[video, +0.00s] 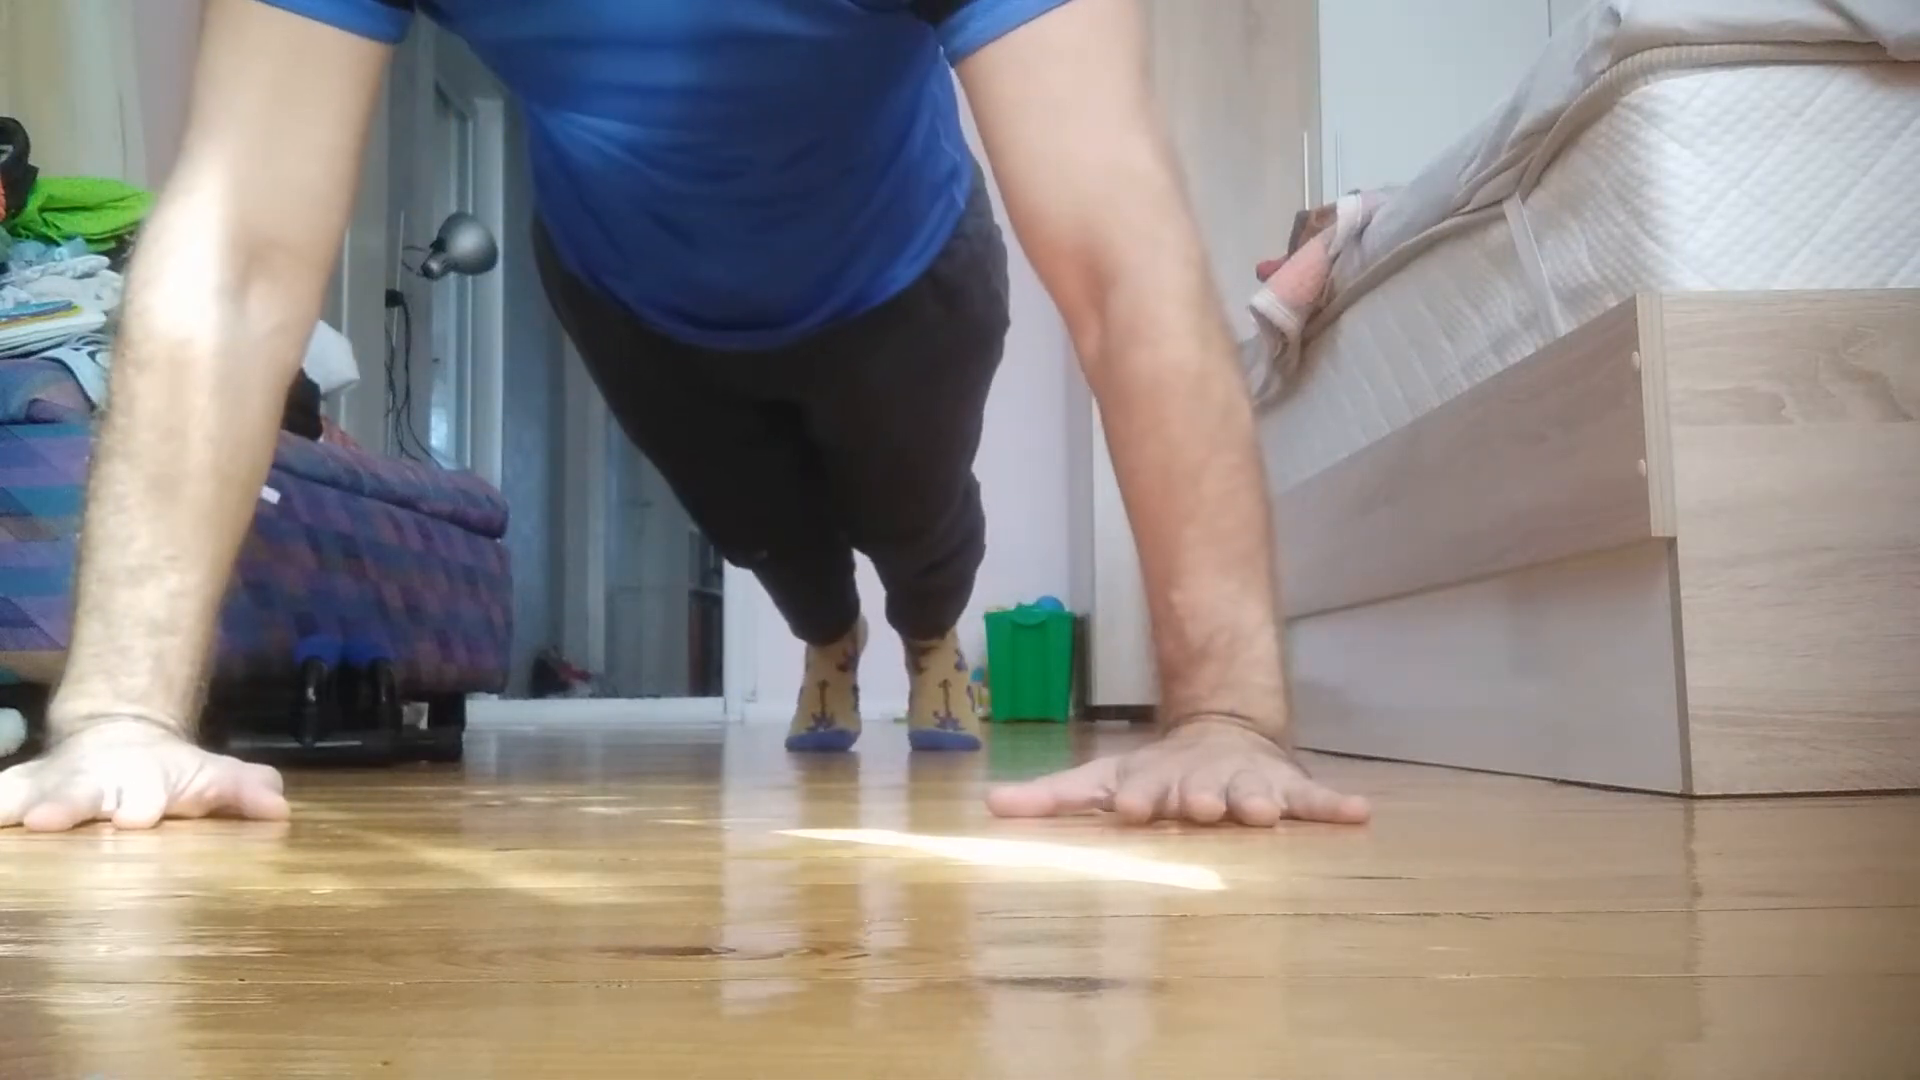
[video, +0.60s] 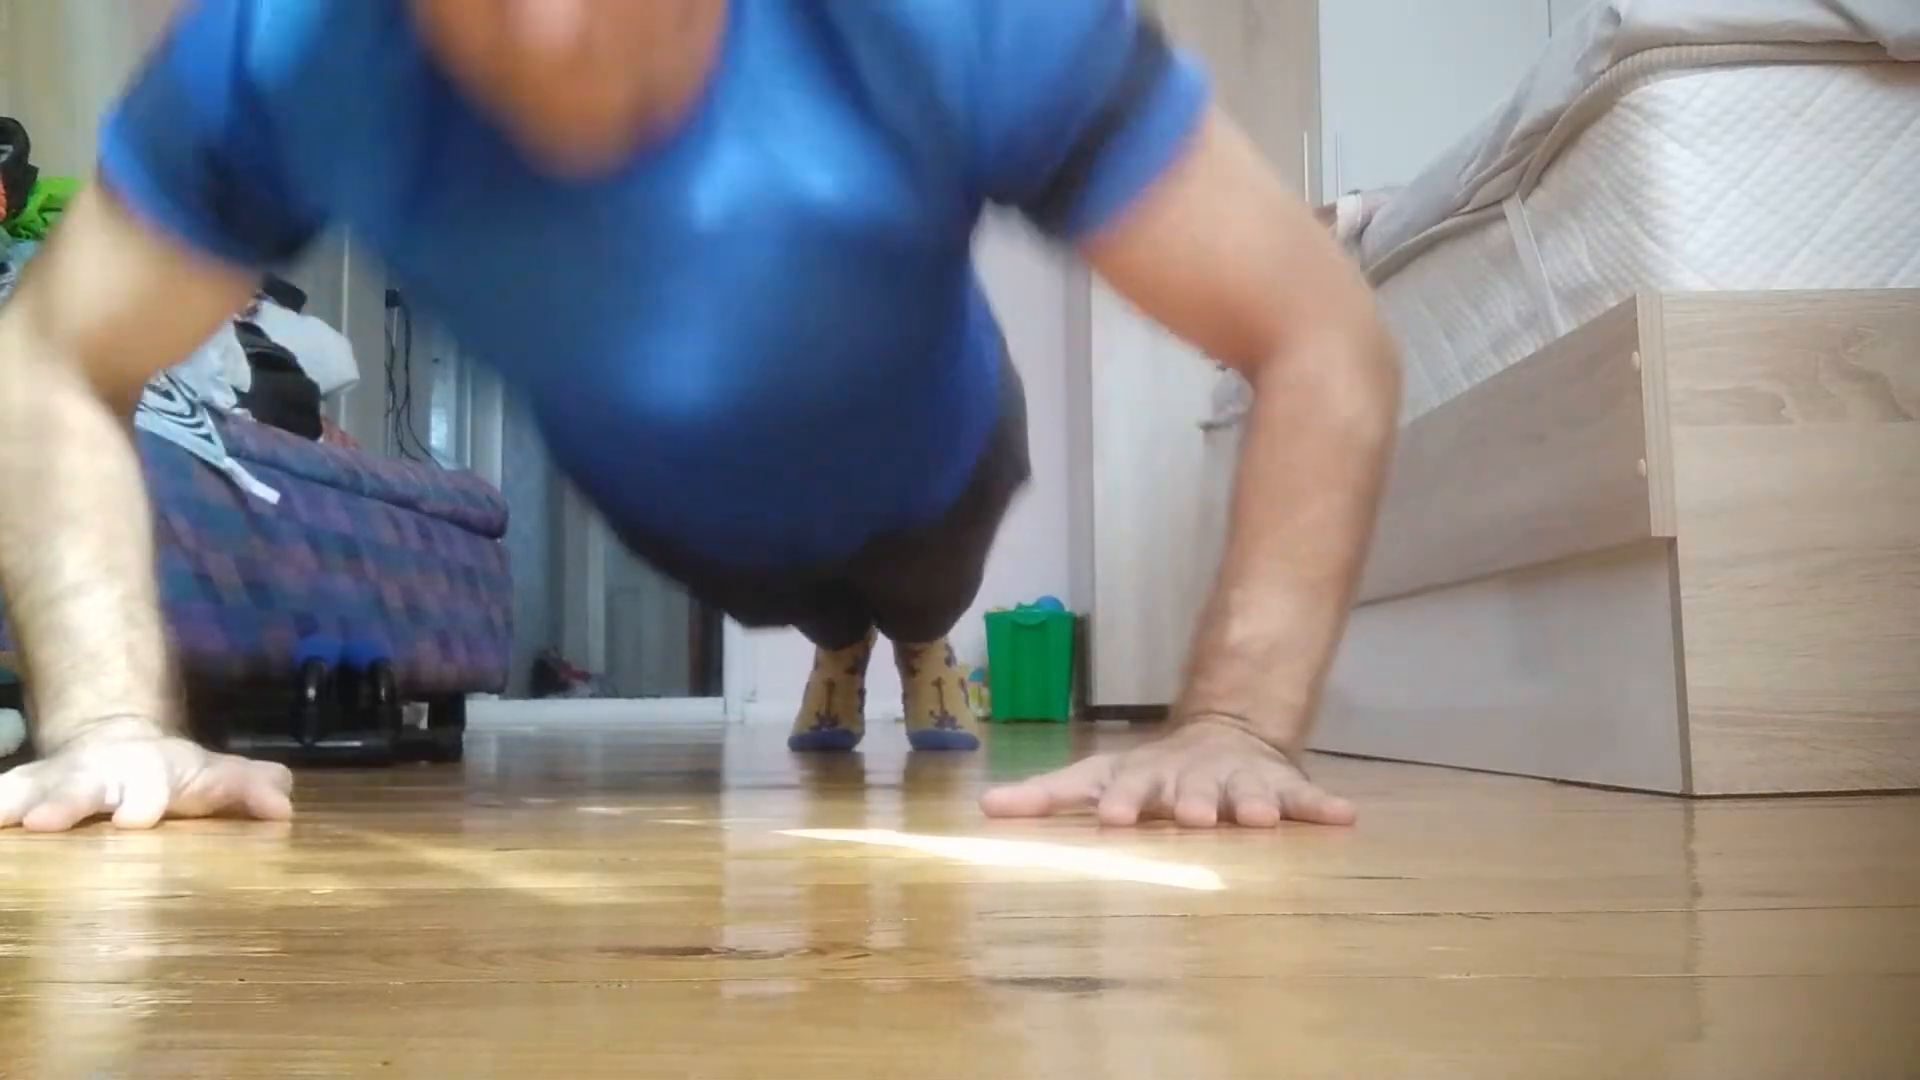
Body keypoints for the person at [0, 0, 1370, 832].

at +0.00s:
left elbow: (1125, 253)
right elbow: (233, 252)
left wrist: (1225, 704)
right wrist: (124, 710)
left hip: (887, 270)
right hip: (632, 297)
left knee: (910, 521)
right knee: (768, 531)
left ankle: (934, 642)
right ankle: (829, 650)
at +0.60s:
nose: (550, 42)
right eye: (486, 2)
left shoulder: (941, 29)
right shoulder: (300, 55)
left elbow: (1330, 334)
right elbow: (53, 357)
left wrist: (1233, 720)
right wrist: (112, 720)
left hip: (921, 487)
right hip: (697, 531)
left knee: (926, 610)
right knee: (808, 613)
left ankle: (926, 661)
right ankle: (840, 661)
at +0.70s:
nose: (525, 372)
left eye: (581, 242)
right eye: (437, 272)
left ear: (740, 92)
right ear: (320, 166)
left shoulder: (954, 202)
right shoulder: (242, 241)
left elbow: (1345, 373)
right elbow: (43, 408)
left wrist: (1234, 721)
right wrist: (114, 720)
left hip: (926, 586)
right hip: (660, 630)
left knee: (938, 636)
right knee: (781, 664)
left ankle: (930, 675)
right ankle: (830, 695)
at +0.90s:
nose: (505, 801)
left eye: (574, 680)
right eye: (401, 706)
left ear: (740, 491)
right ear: (281, 530)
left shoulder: (956, 431)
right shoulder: (231, 413)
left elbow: (1324, 379)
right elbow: (19, 377)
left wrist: (1229, 724)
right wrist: (114, 720)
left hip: (853, 729)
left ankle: (1285, 321)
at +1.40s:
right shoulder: (353, 0)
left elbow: (1165, 265)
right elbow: (212, 264)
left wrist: (1218, 716)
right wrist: (132, 708)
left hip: (922, 337)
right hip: (672, 363)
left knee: (935, 552)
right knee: (807, 557)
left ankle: (932, 656)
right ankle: (859, 646)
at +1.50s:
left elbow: (1149, 206)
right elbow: (211, 251)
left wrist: (1229, 688)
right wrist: (143, 686)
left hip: (926, 328)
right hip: (672, 347)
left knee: (943, 547)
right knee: (802, 545)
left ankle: (934, 646)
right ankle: (858, 649)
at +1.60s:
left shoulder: (985, 15)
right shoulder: (322, 18)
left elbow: (1255, 289)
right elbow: (152, 322)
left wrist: (1242, 716)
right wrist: (143, 716)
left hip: (934, 399)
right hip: (682, 432)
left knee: (940, 568)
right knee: (818, 569)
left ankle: (936, 659)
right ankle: (861, 647)